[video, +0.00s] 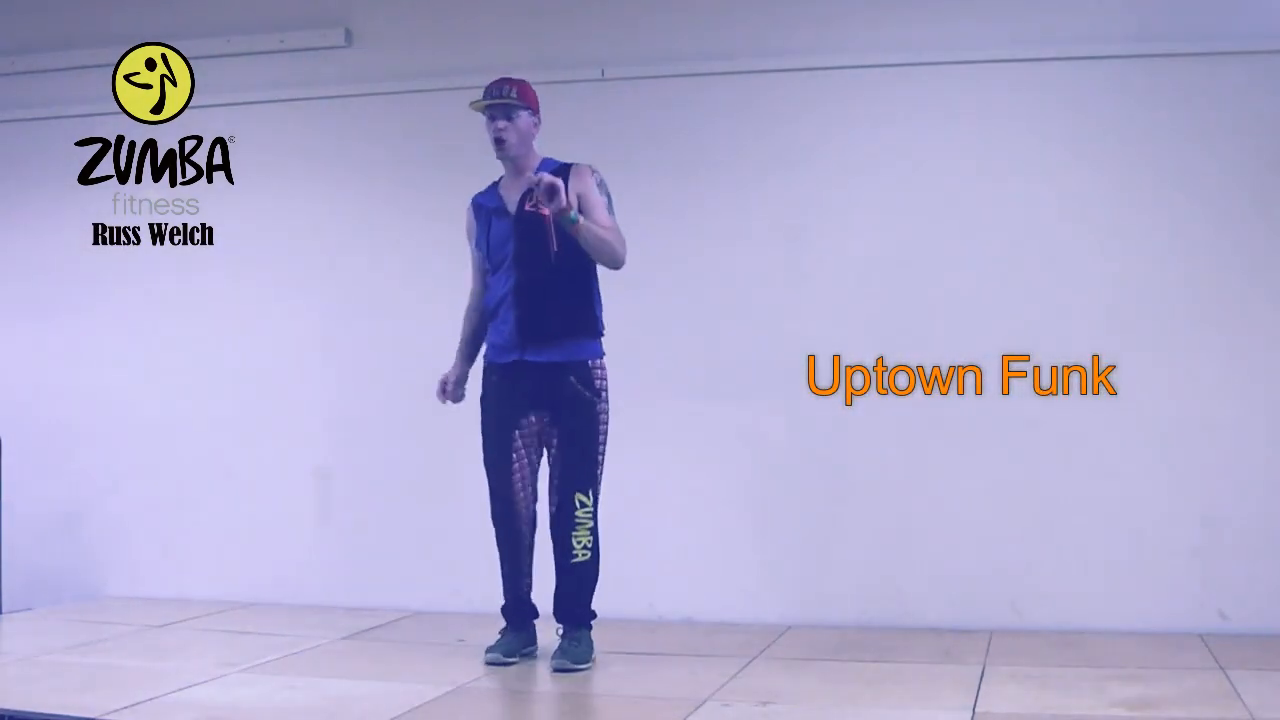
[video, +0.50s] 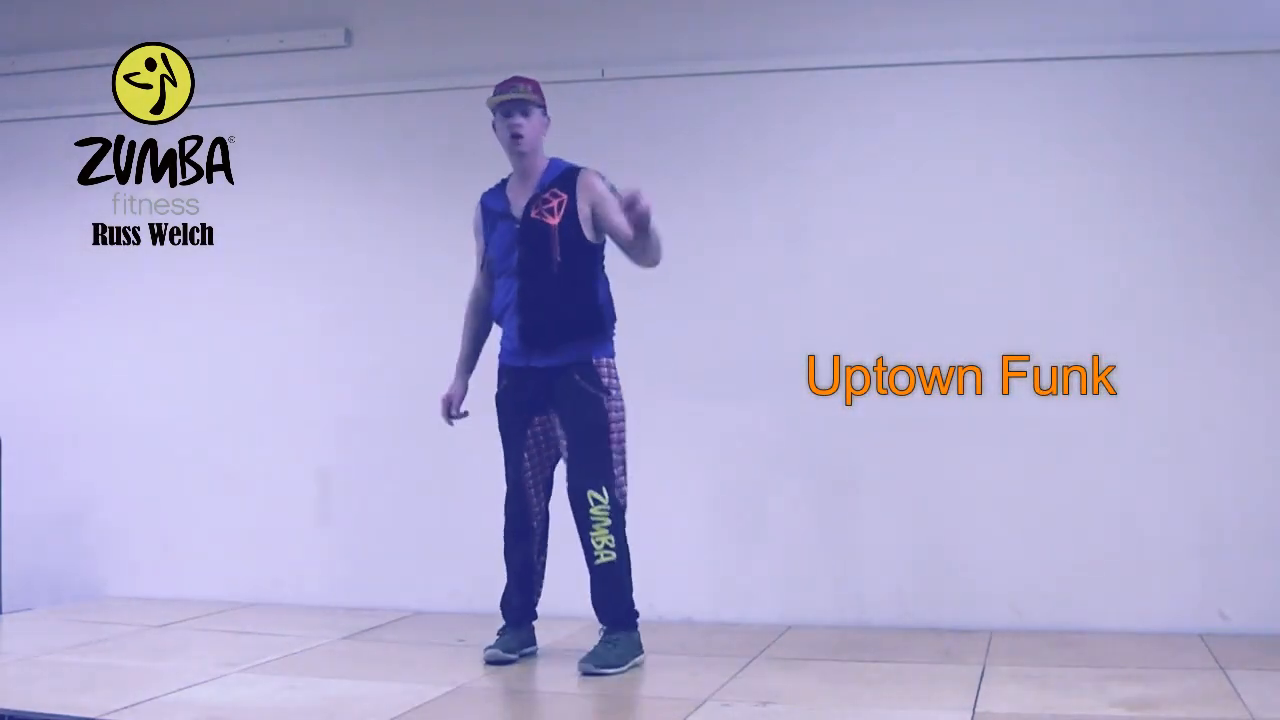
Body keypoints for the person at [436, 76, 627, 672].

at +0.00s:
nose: (498, 127)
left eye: (508, 116)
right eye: (490, 119)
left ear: (534, 121)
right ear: (484, 129)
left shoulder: (578, 180)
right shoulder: (482, 206)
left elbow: (615, 254)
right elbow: (480, 292)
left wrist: (568, 213)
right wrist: (461, 363)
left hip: (575, 368)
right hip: (508, 371)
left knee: (574, 505)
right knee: (510, 505)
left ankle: (576, 629)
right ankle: (518, 627)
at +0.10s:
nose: (491, 133)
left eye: (502, 123)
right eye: (485, 124)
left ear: (528, 128)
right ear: (480, 133)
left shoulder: (570, 188)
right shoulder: (474, 212)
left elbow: (617, 267)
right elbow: (470, 301)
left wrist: (567, 253)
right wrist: (463, 383)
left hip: (570, 370)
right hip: (504, 374)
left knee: (564, 502)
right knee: (513, 504)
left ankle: (571, 629)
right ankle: (517, 629)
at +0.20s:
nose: (490, 137)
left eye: (500, 127)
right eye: (482, 129)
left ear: (525, 133)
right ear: (475, 139)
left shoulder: (568, 192)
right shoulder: (472, 219)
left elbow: (615, 267)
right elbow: (469, 309)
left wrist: (574, 299)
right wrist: (466, 393)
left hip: (570, 368)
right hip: (506, 374)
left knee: (562, 497)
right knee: (509, 502)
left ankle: (568, 621)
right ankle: (517, 626)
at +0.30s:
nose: (491, 131)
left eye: (502, 121)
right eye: (482, 123)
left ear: (526, 130)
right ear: (474, 137)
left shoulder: (567, 194)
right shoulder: (471, 216)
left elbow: (619, 269)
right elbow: (472, 305)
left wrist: (601, 344)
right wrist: (470, 389)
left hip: (571, 366)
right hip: (509, 373)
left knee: (567, 485)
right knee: (511, 497)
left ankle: (584, 612)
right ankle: (517, 625)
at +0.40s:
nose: (498, 122)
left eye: (509, 112)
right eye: (490, 114)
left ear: (532, 121)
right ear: (480, 128)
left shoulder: (573, 186)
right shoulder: (476, 208)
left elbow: (628, 257)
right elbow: (475, 298)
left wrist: (619, 308)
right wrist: (469, 378)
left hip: (578, 362)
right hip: (513, 370)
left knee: (578, 488)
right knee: (519, 501)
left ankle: (603, 618)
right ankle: (518, 626)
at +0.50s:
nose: (512, 124)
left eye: (522, 113)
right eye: (502, 116)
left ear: (546, 121)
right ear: (493, 129)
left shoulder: (584, 185)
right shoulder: (489, 205)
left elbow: (645, 256)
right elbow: (482, 293)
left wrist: (641, 224)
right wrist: (460, 375)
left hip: (585, 370)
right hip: (520, 376)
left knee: (597, 503)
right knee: (524, 505)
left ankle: (621, 633)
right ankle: (518, 628)